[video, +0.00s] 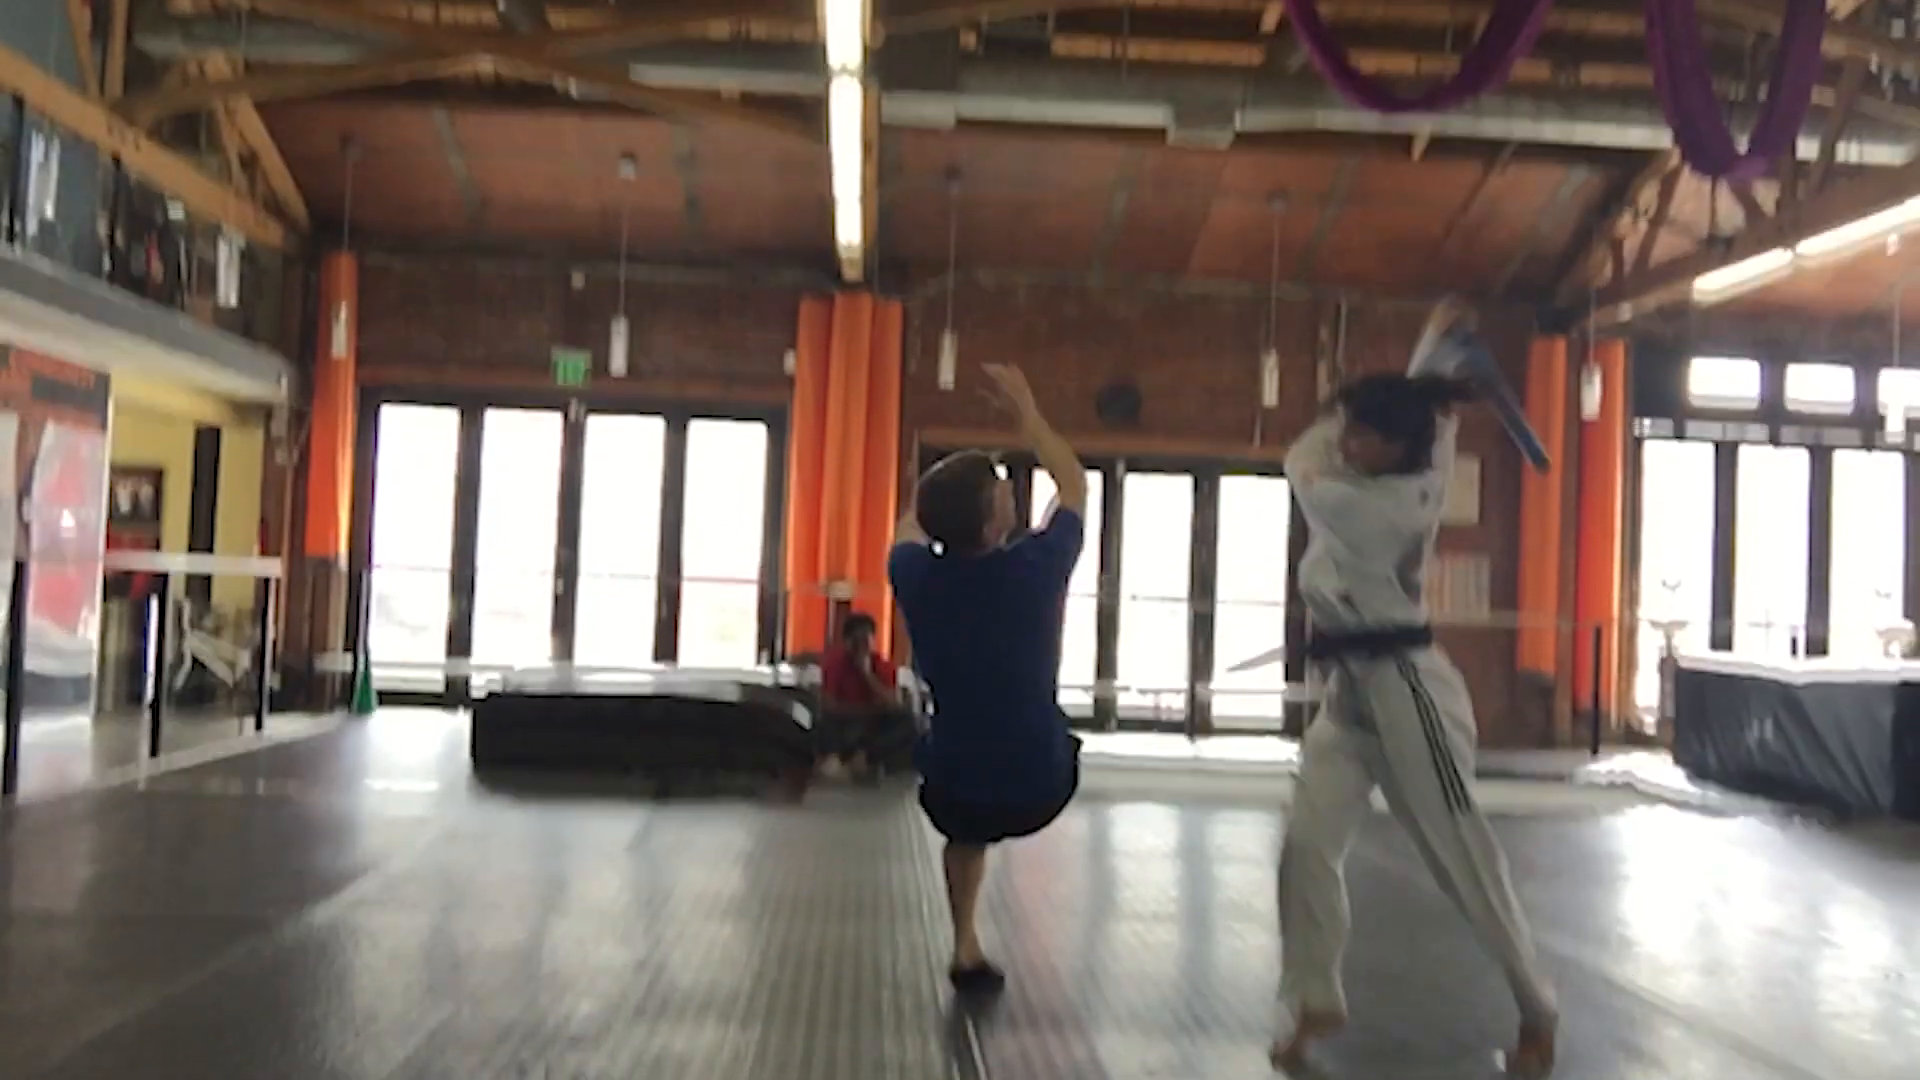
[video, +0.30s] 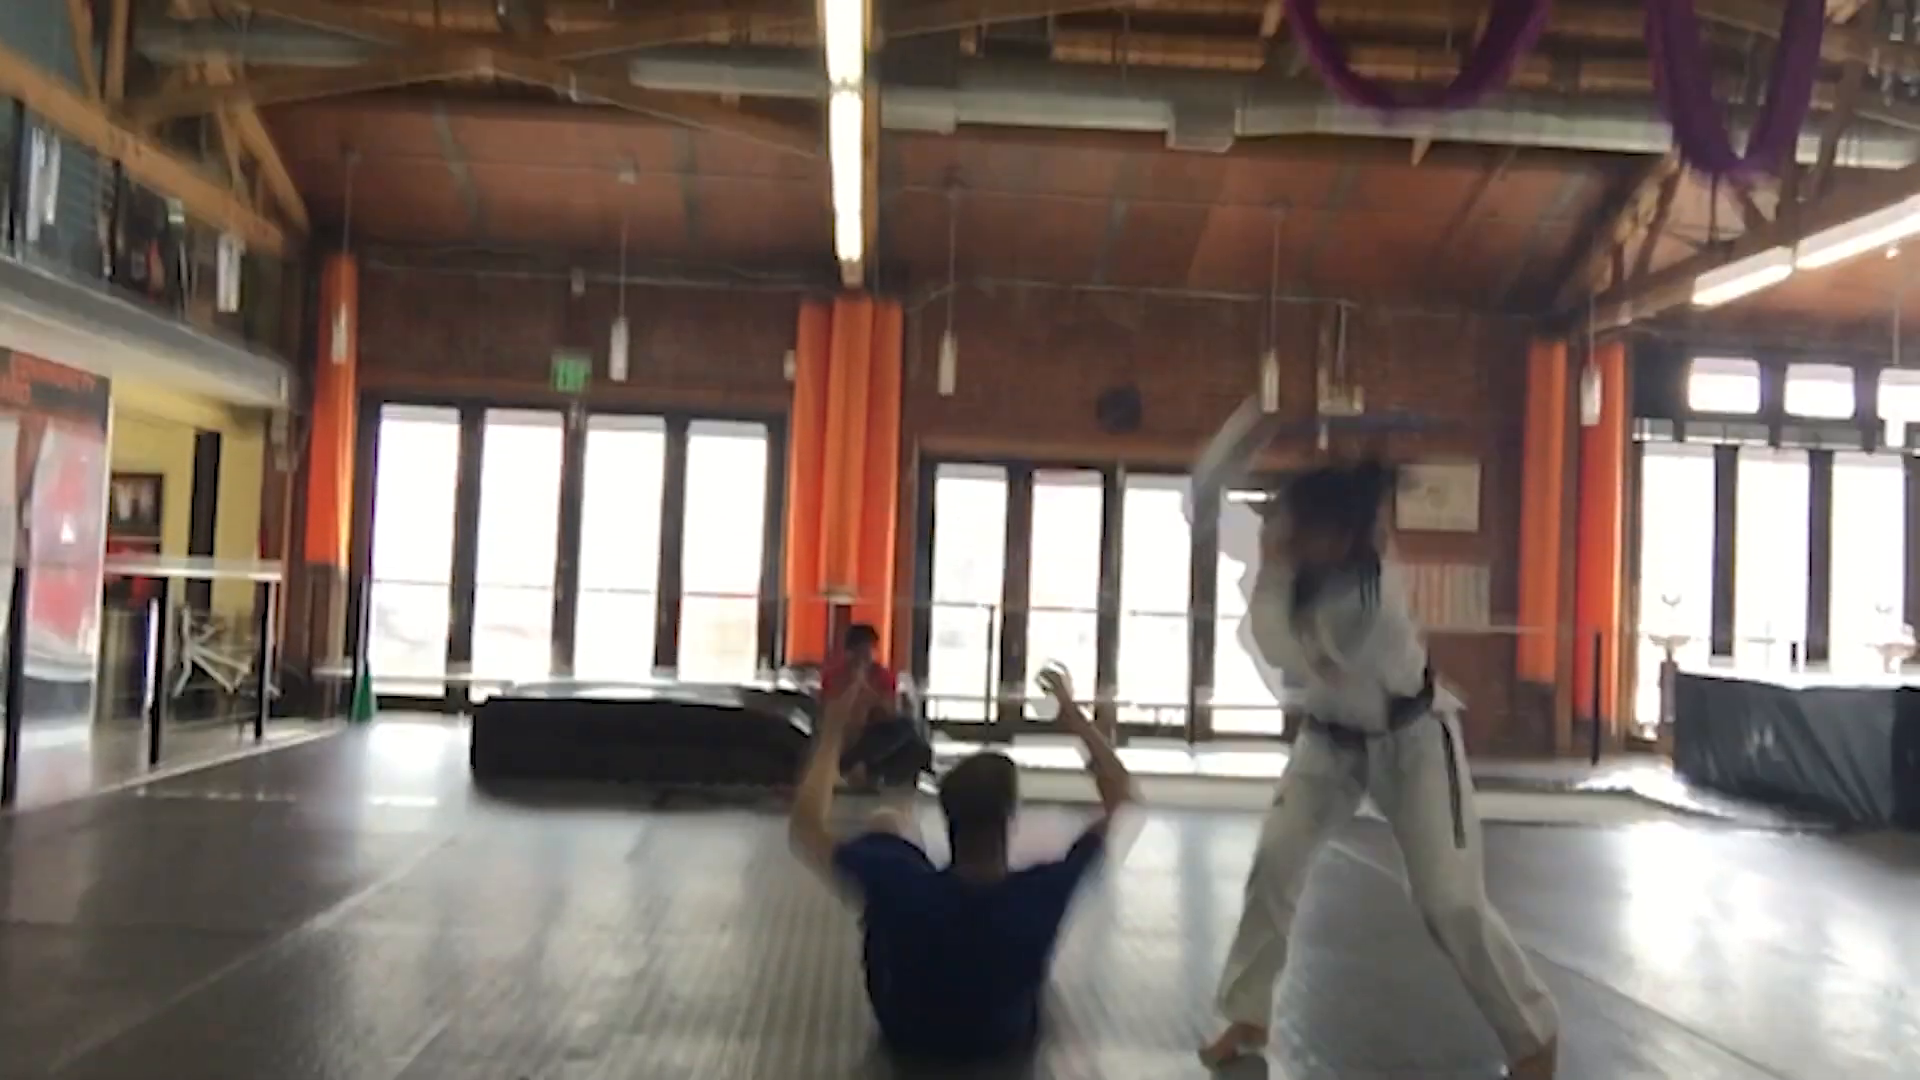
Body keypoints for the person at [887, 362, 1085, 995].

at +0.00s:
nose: (1009, 492)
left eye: (1001, 487)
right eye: (1001, 490)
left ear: (935, 526)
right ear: (991, 521)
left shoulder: (915, 577)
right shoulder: (1039, 567)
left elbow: (909, 528)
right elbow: (1074, 487)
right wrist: (1030, 414)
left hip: (958, 795)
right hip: (1042, 793)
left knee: (965, 826)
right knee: (1032, 720)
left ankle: (966, 945)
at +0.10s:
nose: (1012, 581)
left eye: (1004, 573)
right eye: (1004, 576)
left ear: (935, 606)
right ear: (998, 598)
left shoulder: (917, 666)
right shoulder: (1029, 643)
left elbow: (884, 587)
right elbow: (1055, 536)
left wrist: (912, 515)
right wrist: (1018, 442)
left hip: (945, 887)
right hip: (1027, 892)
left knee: (941, 809)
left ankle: (960, 963)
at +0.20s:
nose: (1013, 692)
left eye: (1007, 682)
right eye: (1006, 683)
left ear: (935, 707)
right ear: (995, 703)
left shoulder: (912, 771)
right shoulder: (1035, 757)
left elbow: (834, 682)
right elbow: (1076, 639)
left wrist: (869, 589)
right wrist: (1021, 571)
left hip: (924, 990)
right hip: (1010, 996)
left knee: (918, 864)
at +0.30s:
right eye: (1012, 806)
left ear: (946, 814)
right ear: (1010, 817)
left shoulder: (897, 887)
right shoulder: (1035, 900)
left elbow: (805, 833)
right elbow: (1121, 802)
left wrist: (832, 729)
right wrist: (1080, 723)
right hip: (1002, 1052)